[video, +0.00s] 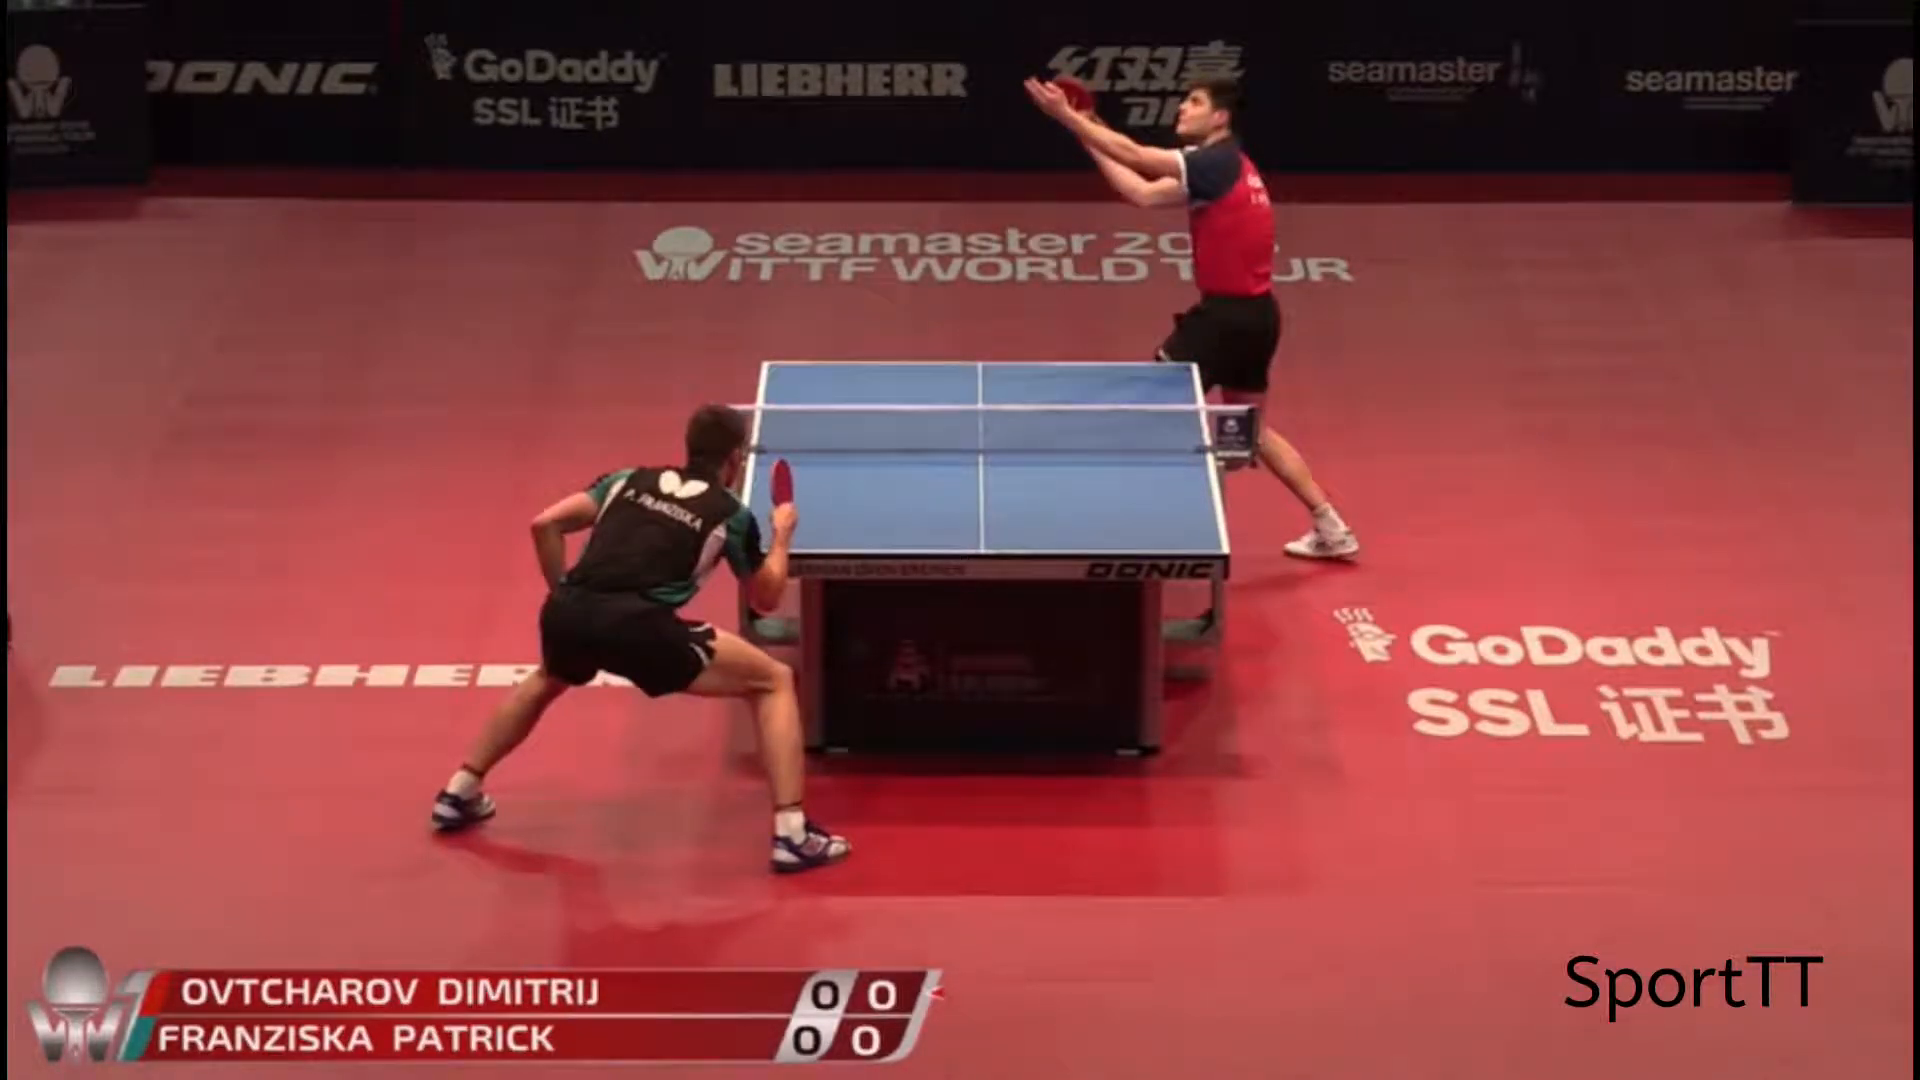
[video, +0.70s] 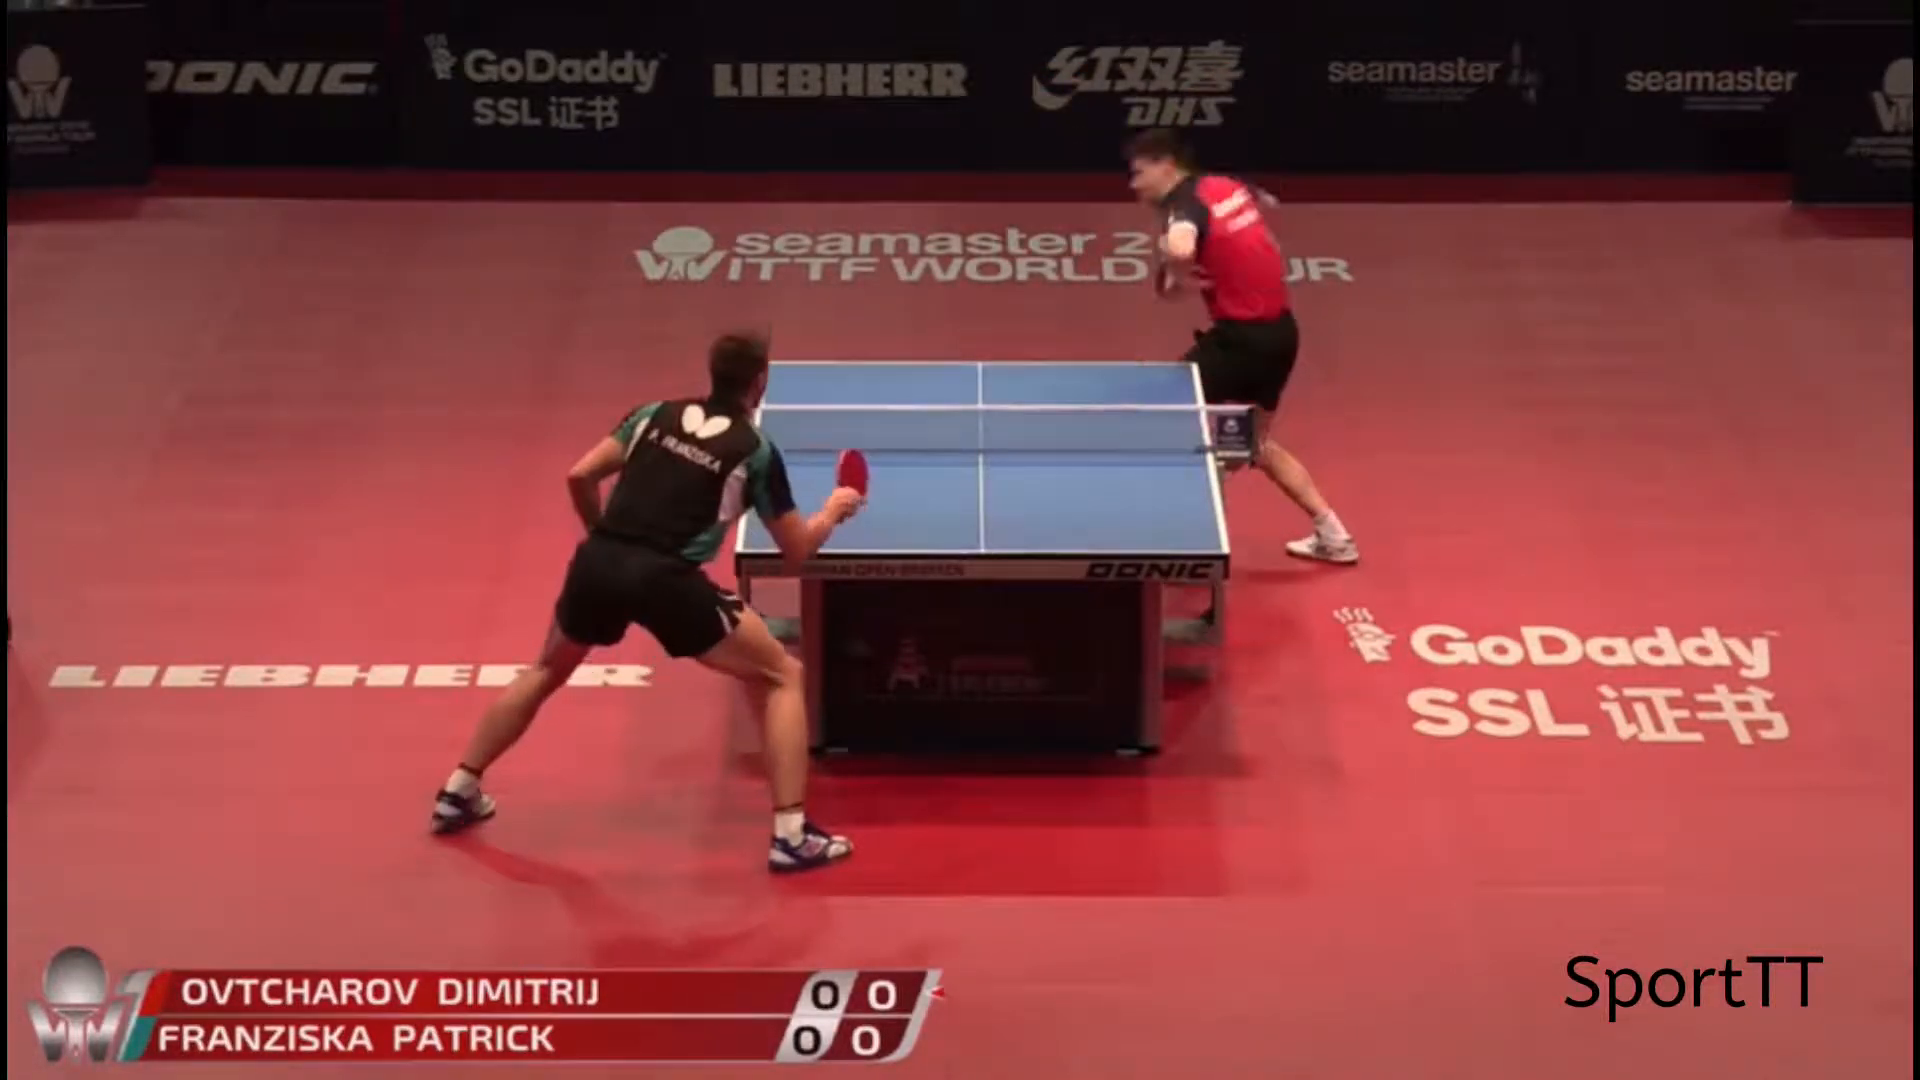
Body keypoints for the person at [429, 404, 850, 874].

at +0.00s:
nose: (745, 461)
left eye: (743, 453)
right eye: (745, 454)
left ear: (689, 451)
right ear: (734, 459)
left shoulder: (629, 479)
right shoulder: (732, 513)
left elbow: (546, 523)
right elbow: (766, 598)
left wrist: (560, 593)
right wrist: (782, 535)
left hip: (568, 614)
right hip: (639, 624)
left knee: (545, 682)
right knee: (774, 682)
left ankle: (459, 790)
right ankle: (793, 833)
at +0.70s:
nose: (766, 385)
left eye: (758, 375)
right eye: (765, 378)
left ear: (711, 375)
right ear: (758, 385)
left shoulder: (655, 415)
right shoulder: (756, 451)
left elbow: (581, 476)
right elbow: (797, 546)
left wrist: (601, 533)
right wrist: (838, 507)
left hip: (598, 563)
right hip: (669, 579)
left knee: (543, 673)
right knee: (783, 676)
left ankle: (458, 789)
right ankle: (792, 834)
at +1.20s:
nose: (741, 375)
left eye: (740, 365)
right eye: (741, 366)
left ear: (688, 356)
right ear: (732, 370)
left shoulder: (624, 389)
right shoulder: (726, 427)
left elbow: (543, 439)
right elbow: (766, 515)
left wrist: (543, 484)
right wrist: (812, 492)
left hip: (588, 548)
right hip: (664, 558)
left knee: (532, 654)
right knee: (765, 637)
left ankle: (470, 781)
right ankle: (801, 754)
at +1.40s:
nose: (760, 374)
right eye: (762, 366)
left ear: (713, 358)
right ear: (760, 371)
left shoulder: (678, 390)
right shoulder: (766, 426)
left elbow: (624, 440)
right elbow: (793, 472)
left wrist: (583, 462)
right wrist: (816, 477)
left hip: (656, 547)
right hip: (730, 553)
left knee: (566, 656)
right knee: (801, 642)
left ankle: (480, 773)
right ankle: (872, 753)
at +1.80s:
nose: (783, 358)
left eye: (776, 349)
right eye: (784, 351)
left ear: (731, 349)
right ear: (780, 359)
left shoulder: (677, 389)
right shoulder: (787, 428)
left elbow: (610, 440)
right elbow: (826, 521)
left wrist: (601, 487)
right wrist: (849, 496)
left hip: (641, 540)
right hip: (716, 552)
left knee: (570, 655)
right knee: (807, 650)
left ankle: (504, 786)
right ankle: (846, 795)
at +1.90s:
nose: (786, 390)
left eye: (774, 378)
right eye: (785, 382)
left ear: (730, 378)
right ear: (778, 390)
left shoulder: (670, 428)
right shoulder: (780, 463)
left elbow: (603, 496)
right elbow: (820, 556)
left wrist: (624, 529)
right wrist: (865, 539)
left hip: (627, 579)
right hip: (697, 595)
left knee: (556, 672)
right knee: (802, 706)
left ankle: (478, 792)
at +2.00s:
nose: (782, 397)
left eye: (775, 385)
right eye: (782, 390)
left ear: (727, 384)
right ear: (772, 396)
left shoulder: (670, 431)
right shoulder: (773, 467)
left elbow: (599, 497)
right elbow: (813, 563)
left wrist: (620, 523)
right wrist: (864, 553)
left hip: (619, 585)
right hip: (692, 601)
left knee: (554, 680)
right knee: (801, 704)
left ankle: (470, 799)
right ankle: (777, 849)